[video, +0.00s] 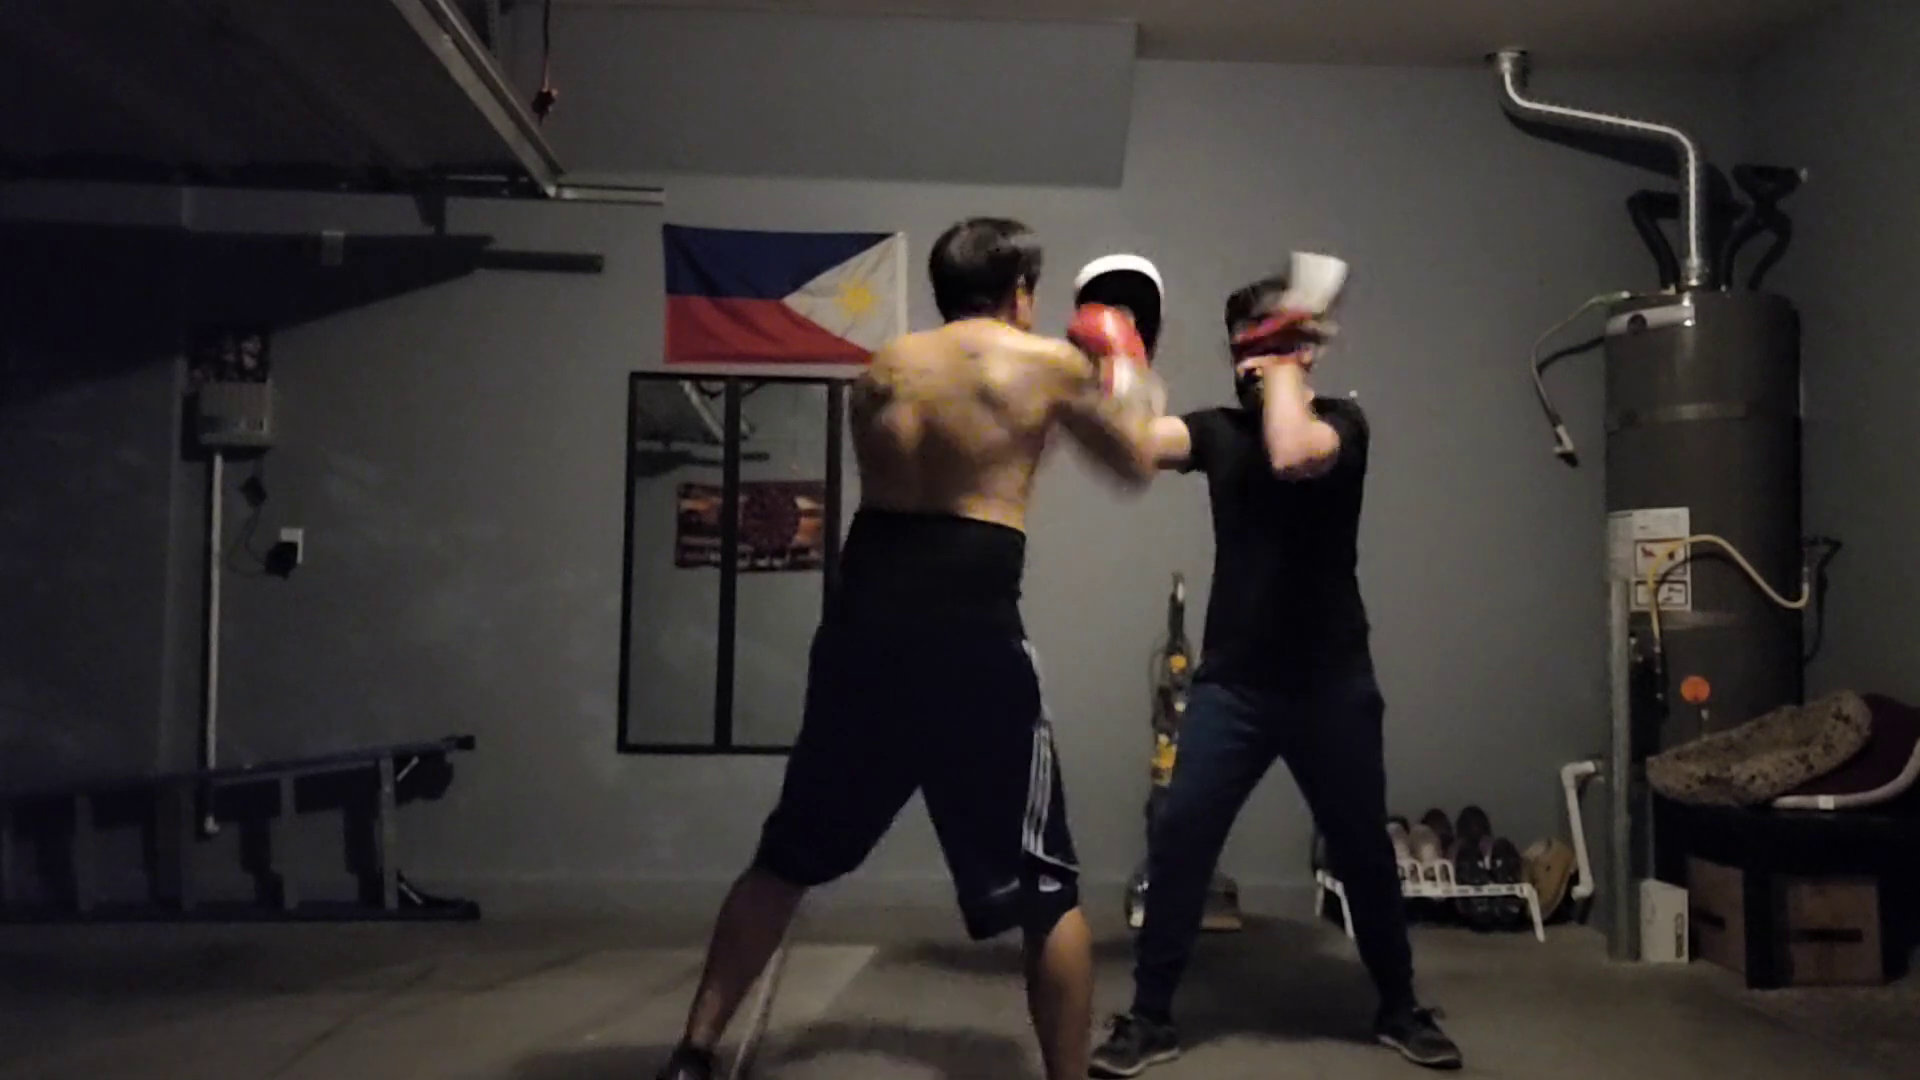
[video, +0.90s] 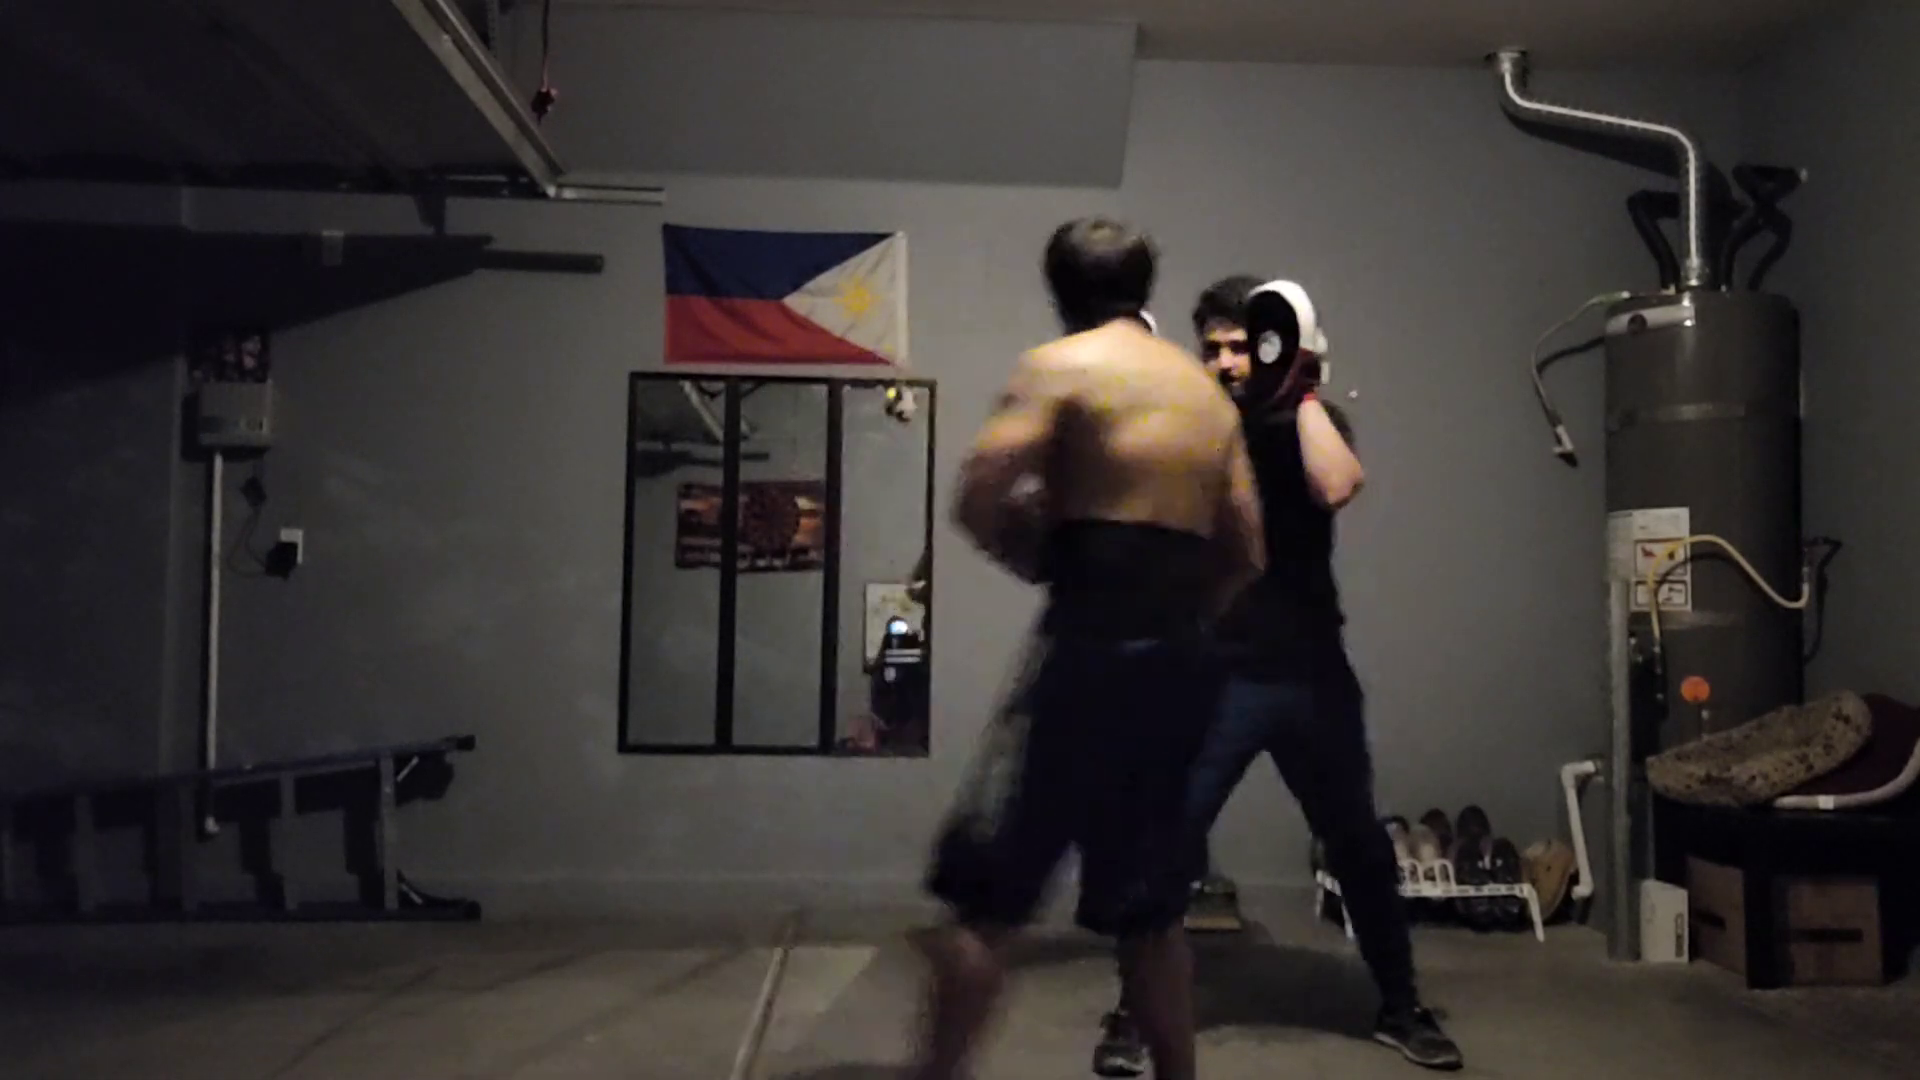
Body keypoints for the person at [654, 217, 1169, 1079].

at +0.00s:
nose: (1038, 301)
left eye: (1034, 289)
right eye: (1035, 289)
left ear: (942, 291)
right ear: (1021, 293)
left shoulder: (881, 366)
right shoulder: (1053, 366)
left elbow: (892, 476)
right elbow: (1137, 462)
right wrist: (1132, 374)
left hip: (863, 627)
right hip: (972, 635)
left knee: (789, 853)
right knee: (1046, 883)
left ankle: (696, 1046)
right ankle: (1070, 1070)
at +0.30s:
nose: (1015, 293)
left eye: (1011, 282)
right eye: (1013, 281)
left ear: (916, 292)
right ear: (1000, 287)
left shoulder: (864, 366)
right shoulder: (1037, 349)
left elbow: (842, 505)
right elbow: (1141, 380)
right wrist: (1123, 334)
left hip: (872, 633)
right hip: (986, 635)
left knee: (790, 863)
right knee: (1049, 878)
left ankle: (728, 1058)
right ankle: (1075, 1069)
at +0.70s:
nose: (1081, 310)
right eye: (1076, 300)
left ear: (979, 308)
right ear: (1068, 307)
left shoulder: (930, 386)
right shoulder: (1109, 386)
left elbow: (867, 538)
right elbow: (1190, 495)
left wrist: (945, 536)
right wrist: (1114, 393)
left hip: (944, 656)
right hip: (1064, 655)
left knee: (875, 884)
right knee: (1085, 867)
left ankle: (846, 1067)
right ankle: (1165, 1056)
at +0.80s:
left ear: (1018, 315)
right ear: (1102, 310)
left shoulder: (983, 388)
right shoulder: (1157, 404)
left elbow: (902, 529)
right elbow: (1216, 560)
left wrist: (990, 556)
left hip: (1009, 660)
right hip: (1118, 666)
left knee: (909, 895)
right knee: (1119, 889)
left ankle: (859, 1068)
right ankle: (1172, 1066)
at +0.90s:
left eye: (1058, 291)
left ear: (1062, 293)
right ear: (1144, 290)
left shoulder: (1058, 366)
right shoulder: (1207, 389)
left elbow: (981, 492)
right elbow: (1247, 545)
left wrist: (1045, 554)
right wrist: (1187, 609)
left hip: (1087, 647)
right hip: (1185, 656)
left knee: (987, 880)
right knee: (1149, 885)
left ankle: (940, 1062)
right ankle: (1173, 1064)